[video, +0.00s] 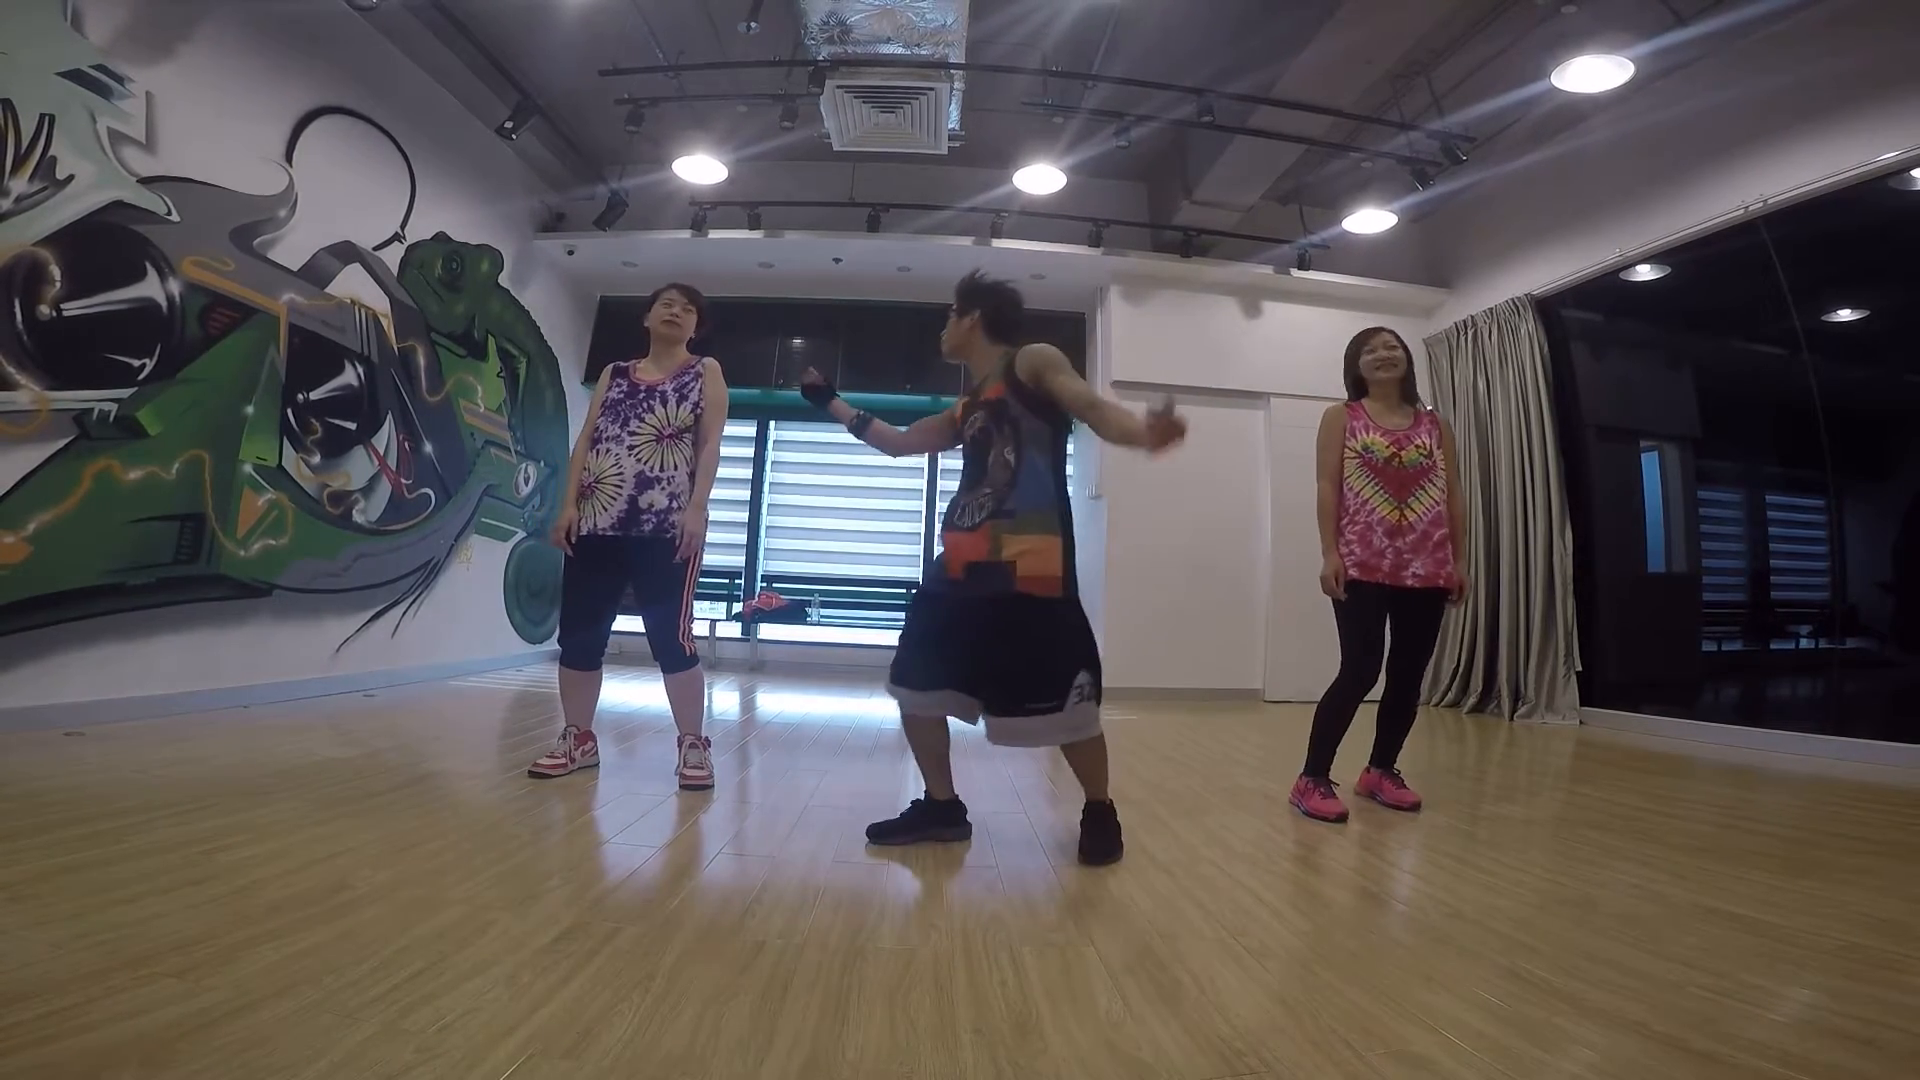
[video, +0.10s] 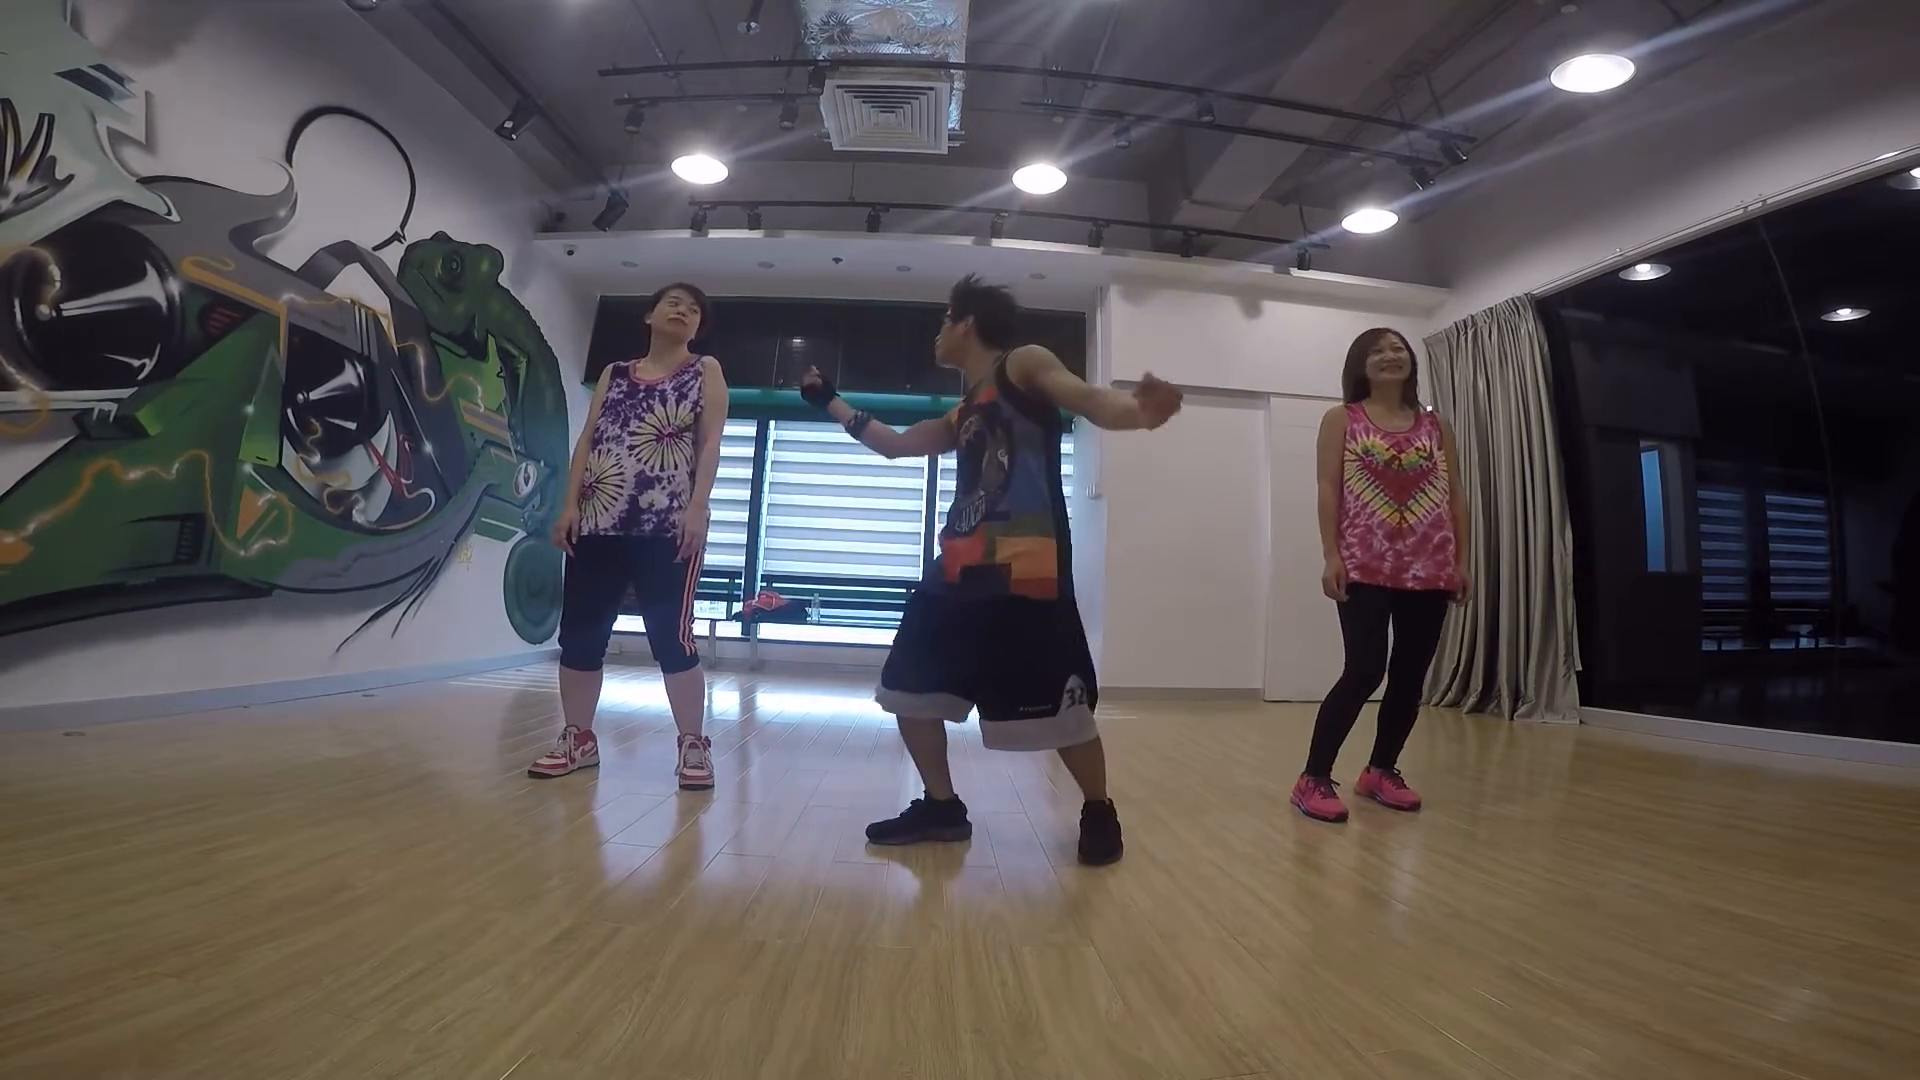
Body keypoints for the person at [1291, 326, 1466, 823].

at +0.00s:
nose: (1384, 354)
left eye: (1392, 346)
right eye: (1370, 350)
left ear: (1408, 360)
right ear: (1356, 368)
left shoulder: (1435, 424)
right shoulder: (1341, 417)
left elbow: (1452, 495)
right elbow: (1328, 486)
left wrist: (1458, 561)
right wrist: (1330, 554)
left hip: (1425, 570)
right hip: (1362, 568)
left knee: (1406, 679)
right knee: (1360, 672)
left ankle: (1381, 772)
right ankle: (1313, 780)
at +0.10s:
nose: (1391, 355)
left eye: (1399, 348)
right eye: (1378, 350)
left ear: (1412, 362)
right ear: (1360, 366)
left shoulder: (1435, 425)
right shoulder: (1342, 419)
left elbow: (1454, 495)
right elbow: (1329, 488)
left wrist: (1460, 560)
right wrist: (1332, 556)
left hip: (1427, 570)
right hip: (1365, 569)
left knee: (1408, 680)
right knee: (1363, 673)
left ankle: (1381, 772)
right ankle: (1314, 780)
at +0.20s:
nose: (1394, 356)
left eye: (1402, 349)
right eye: (1381, 351)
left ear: (1414, 364)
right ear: (1363, 367)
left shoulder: (1436, 426)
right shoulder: (1343, 419)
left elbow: (1454, 495)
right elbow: (1330, 490)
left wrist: (1461, 562)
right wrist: (1333, 559)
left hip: (1428, 570)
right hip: (1365, 569)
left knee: (1409, 678)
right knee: (1365, 672)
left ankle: (1381, 771)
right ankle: (1316, 779)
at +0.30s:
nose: (1395, 356)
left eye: (1402, 349)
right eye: (1382, 351)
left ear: (1415, 364)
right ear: (1363, 368)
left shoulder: (1436, 427)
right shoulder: (1344, 420)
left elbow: (1453, 495)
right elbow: (1331, 490)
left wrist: (1460, 559)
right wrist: (1333, 559)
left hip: (1427, 570)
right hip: (1364, 568)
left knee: (1409, 678)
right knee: (1366, 671)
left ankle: (1381, 771)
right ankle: (1318, 778)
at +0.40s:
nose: (1395, 356)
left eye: (1403, 350)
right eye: (1383, 351)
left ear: (1415, 364)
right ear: (1365, 367)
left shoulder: (1435, 426)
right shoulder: (1343, 420)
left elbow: (1452, 496)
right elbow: (1331, 490)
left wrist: (1459, 561)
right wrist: (1331, 558)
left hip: (1425, 569)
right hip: (1363, 567)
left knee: (1408, 677)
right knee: (1363, 670)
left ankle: (1381, 771)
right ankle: (1317, 775)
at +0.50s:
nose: (1394, 354)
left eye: (1402, 348)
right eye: (1382, 349)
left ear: (1415, 362)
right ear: (1364, 364)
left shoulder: (1435, 424)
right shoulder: (1343, 417)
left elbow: (1450, 495)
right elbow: (1330, 489)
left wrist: (1456, 559)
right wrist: (1329, 557)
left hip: (1422, 569)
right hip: (1359, 566)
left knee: (1404, 676)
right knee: (1356, 670)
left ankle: (1381, 771)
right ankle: (1316, 774)